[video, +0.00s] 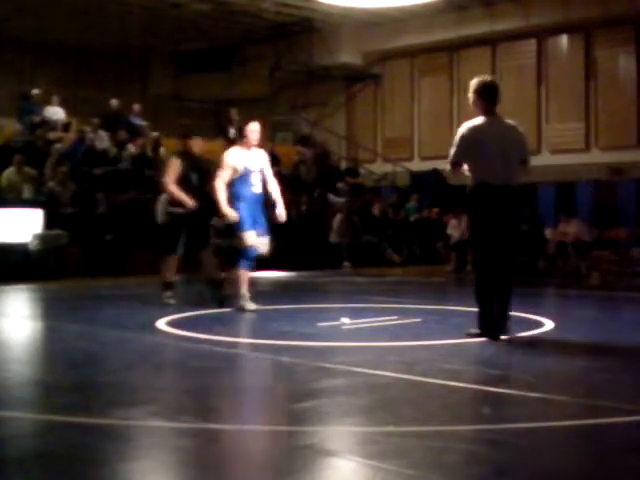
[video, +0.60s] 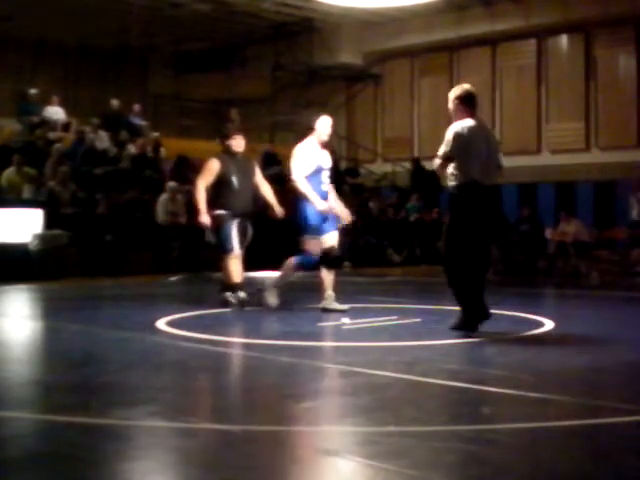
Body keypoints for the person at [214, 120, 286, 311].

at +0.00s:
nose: (255, 136)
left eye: (257, 133)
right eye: (252, 133)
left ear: (260, 135)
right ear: (244, 135)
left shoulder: (262, 155)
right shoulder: (232, 155)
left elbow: (271, 181)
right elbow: (220, 182)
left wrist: (279, 204)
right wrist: (225, 208)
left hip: (258, 203)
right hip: (241, 204)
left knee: (262, 245)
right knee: (248, 245)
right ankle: (243, 294)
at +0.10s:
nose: (267, 133)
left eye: (269, 129)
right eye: (263, 129)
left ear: (271, 132)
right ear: (255, 130)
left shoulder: (270, 153)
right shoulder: (243, 150)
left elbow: (274, 179)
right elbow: (229, 177)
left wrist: (278, 205)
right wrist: (238, 203)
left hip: (267, 201)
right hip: (250, 202)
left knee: (278, 241)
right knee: (253, 245)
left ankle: (253, 283)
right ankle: (245, 293)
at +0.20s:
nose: (279, 131)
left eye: (282, 128)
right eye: (276, 127)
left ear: (284, 131)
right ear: (268, 128)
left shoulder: (280, 151)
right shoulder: (255, 148)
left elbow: (275, 177)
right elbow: (238, 173)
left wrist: (277, 199)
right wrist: (250, 198)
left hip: (275, 202)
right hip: (259, 201)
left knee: (290, 240)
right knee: (257, 244)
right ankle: (245, 293)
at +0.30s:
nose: (293, 133)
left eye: (295, 129)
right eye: (289, 129)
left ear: (296, 131)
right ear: (280, 130)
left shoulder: (292, 153)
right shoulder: (267, 149)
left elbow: (286, 178)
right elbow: (249, 173)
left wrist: (287, 198)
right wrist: (267, 197)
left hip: (286, 202)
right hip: (268, 202)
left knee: (296, 246)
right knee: (263, 246)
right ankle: (245, 293)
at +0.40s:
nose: (305, 135)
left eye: (307, 131)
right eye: (302, 131)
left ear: (309, 134)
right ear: (293, 131)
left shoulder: (303, 155)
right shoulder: (280, 151)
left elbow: (298, 180)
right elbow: (266, 176)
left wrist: (302, 199)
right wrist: (287, 197)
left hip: (300, 206)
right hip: (282, 206)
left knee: (311, 249)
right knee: (273, 248)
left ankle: (325, 296)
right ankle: (247, 292)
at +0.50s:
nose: (318, 134)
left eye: (320, 131)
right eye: (315, 130)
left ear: (321, 133)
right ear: (306, 130)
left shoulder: (315, 155)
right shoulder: (292, 151)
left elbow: (311, 182)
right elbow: (286, 180)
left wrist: (315, 202)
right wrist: (305, 202)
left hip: (314, 205)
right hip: (296, 205)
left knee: (325, 249)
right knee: (292, 249)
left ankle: (327, 296)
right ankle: (256, 286)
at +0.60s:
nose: (328, 132)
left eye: (330, 128)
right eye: (325, 127)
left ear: (331, 130)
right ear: (316, 127)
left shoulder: (325, 153)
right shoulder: (303, 149)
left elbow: (327, 185)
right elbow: (297, 178)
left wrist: (340, 208)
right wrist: (317, 202)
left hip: (326, 203)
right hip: (309, 203)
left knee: (331, 251)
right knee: (312, 253)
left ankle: (328, 297)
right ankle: (275, 284)